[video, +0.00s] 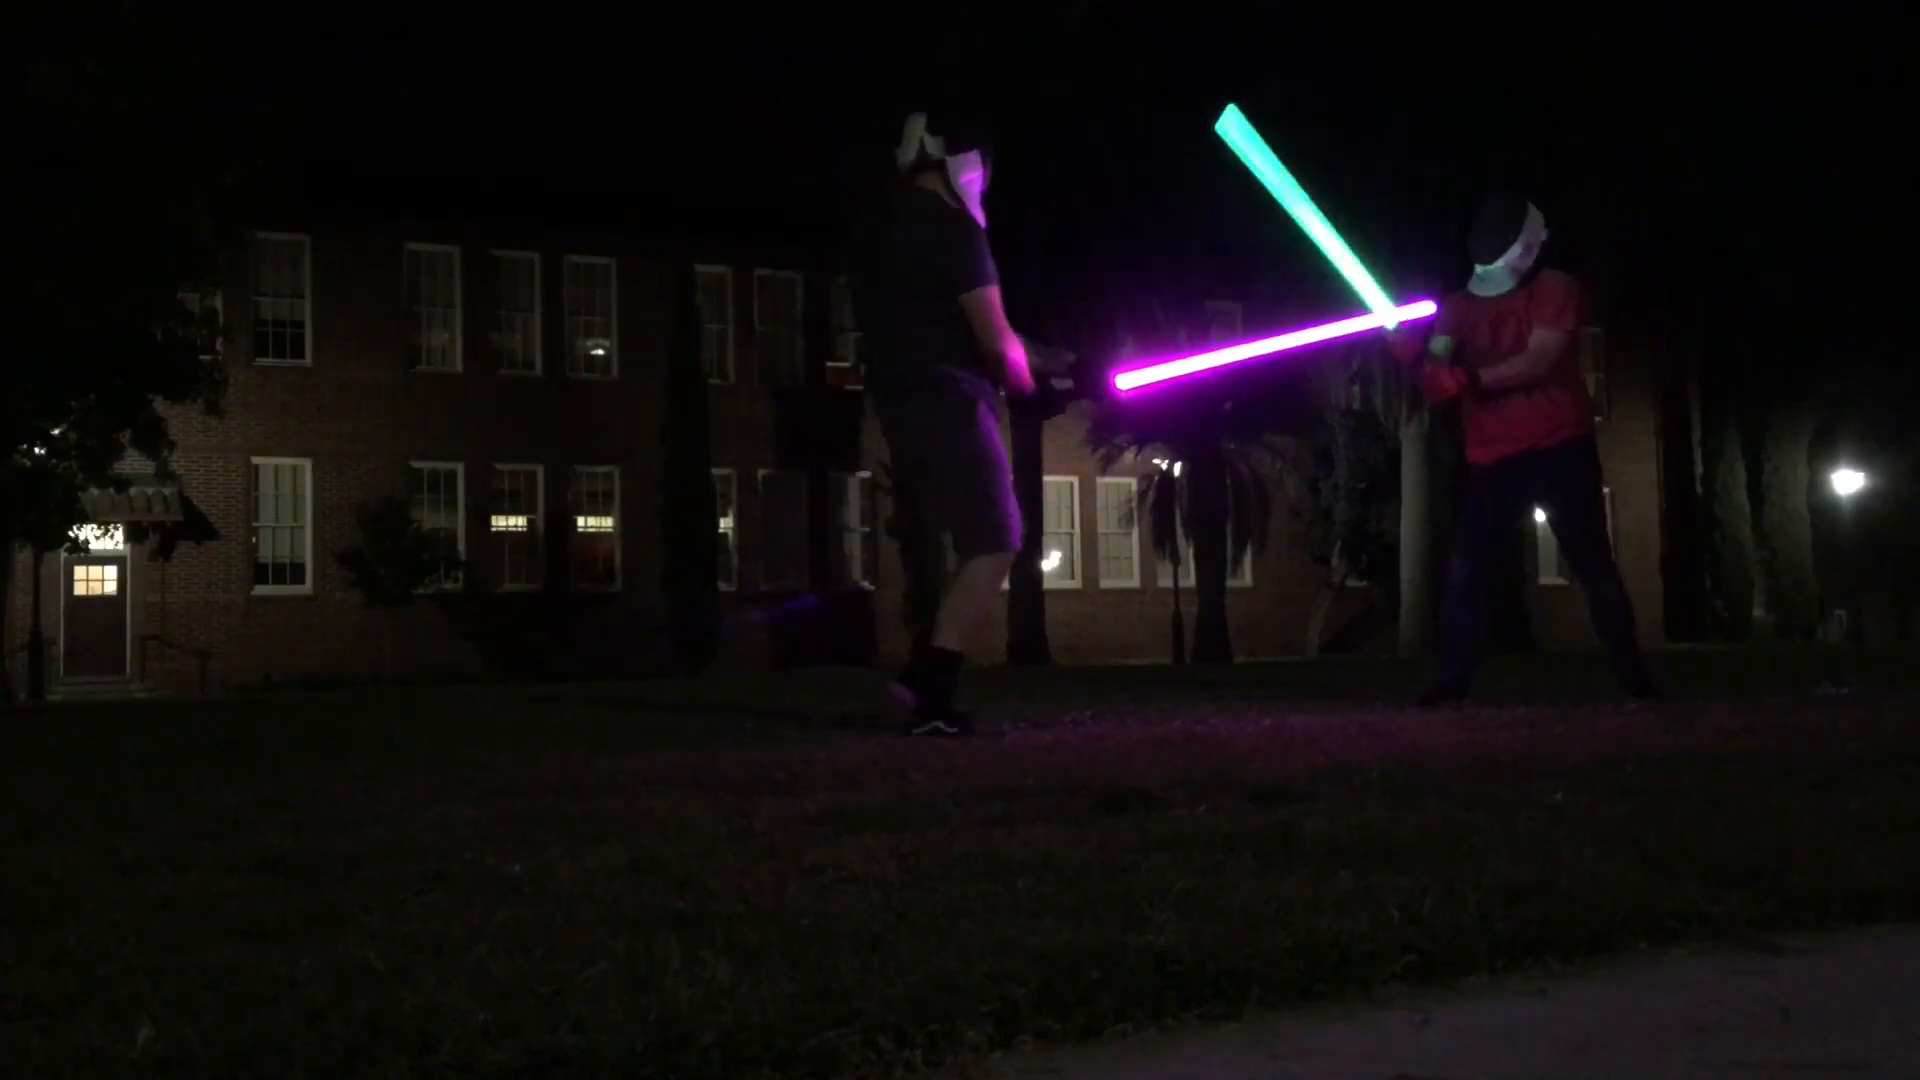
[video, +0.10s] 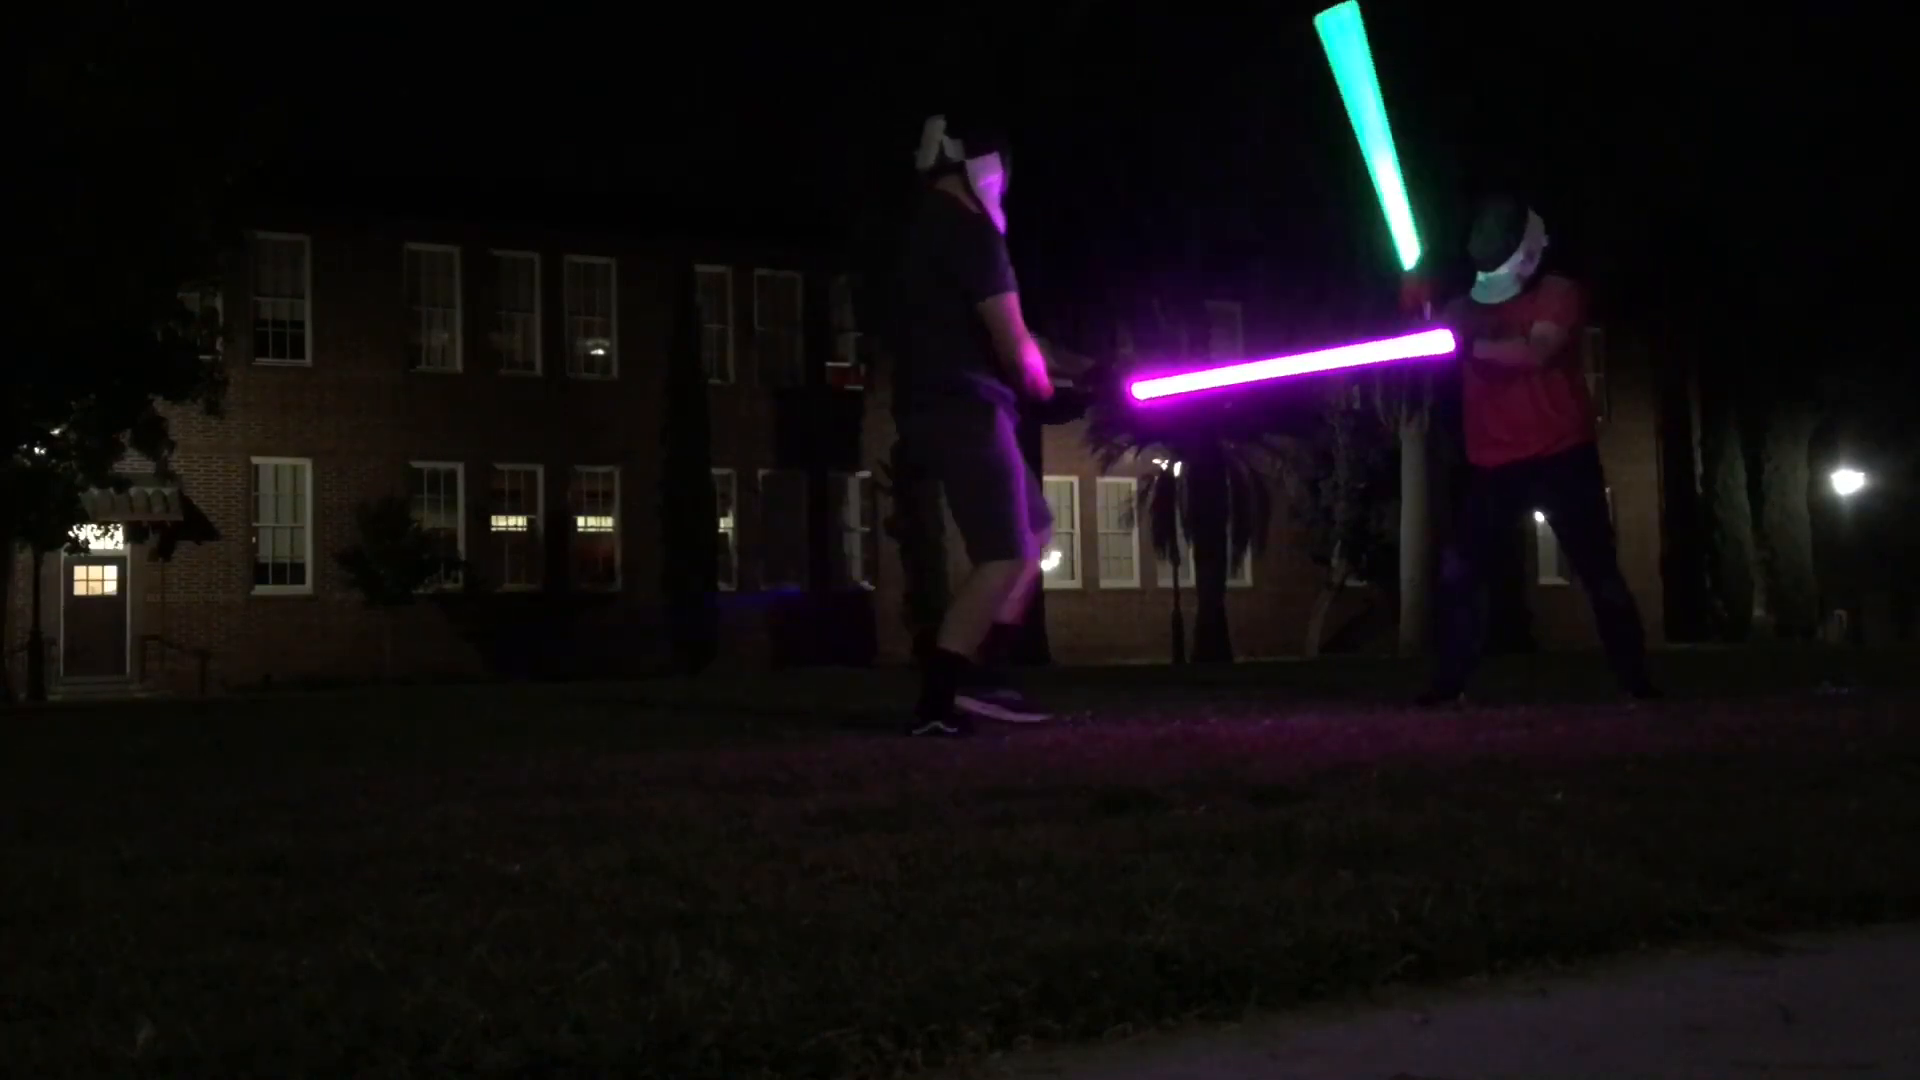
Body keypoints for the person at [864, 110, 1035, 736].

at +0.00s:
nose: (982, 178)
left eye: (980, 164)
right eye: (974, 164)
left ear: (918, 165)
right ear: (948, 166)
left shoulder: (884, 222)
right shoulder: (955, 230)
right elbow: (996, 336)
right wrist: (1024, 380)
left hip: (902, 403)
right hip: (952, 402)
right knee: (996, 541)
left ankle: (927, 684)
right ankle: (934, 688)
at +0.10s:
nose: (1001, 177)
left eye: (998, 164)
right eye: (994, 164)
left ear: (942, 169)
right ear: (969, 167)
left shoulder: (918, 226)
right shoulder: (974, 232)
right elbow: (1013, 343)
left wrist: (1038, 365)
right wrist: (1043, 389)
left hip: (941, 407)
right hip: (972, 410)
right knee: (1009, 553)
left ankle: (986, 676)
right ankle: (941, 696)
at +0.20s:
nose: (1025, 189)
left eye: (1021, 176)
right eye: (1016, 176)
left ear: (964, 182)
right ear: (989, 179)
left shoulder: (940, 236)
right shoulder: (998, 241)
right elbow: (1041, 356)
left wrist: (1040, 364)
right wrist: (1066, 377)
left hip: (959, 414)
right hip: (990, 417)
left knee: (1059, 533)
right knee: (1018, 559)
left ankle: (1072, 686)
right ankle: (936, 705)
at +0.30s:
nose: (1050, 193)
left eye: (1046, 181)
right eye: (1042, 182)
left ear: (991, 187)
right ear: (1017, 186)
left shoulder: (974, 241)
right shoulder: (1027, 248)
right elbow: (1092, 356)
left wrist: (1095, 343)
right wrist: (1123, 357)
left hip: (991, 419)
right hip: (1015, 423)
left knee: (1091, 542)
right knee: (1025, 566)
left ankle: (1146, 677)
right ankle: (937, 704)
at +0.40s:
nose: (1081, 201)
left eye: (1077, 190)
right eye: (1073, 191)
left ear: (1025, 197)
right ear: (1052, 197)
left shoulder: (1012, 251)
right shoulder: (1068, 257)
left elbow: (1114, 277)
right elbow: (1154, 325)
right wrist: (1193, 301)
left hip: (1025, 429)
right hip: (1052, 433)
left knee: (1132, 546)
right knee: (1027, 570)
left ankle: (1191, 679)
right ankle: (938, 702)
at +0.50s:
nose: (1115, 219)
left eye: (1112, 209)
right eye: (1110, 208)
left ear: (1061, 210)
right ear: (1088, 211)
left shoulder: (1058, 261)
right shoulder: (1095, 262)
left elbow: (1134, 254)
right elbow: (1199, 267)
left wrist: (1187, 216)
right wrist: (1221, 234)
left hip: (1093, 445)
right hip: (1091, 445)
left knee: (1181, 556)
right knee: (1066, 573)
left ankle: (1216, 692)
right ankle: (954, 696)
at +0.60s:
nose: (1143, 226)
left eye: (1138, 216)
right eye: (1135, 216)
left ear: (1095, 222)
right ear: (1112, 221)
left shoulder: (1104, 271)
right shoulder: (1110, 269)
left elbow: (1168, 241)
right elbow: (1198, 236)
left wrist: (1194, 192)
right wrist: (1224, 185)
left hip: (1134, 452)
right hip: (1121, 452)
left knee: (1219, 548)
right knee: (1113, 578)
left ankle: (1219, 690)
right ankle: (999, 689)